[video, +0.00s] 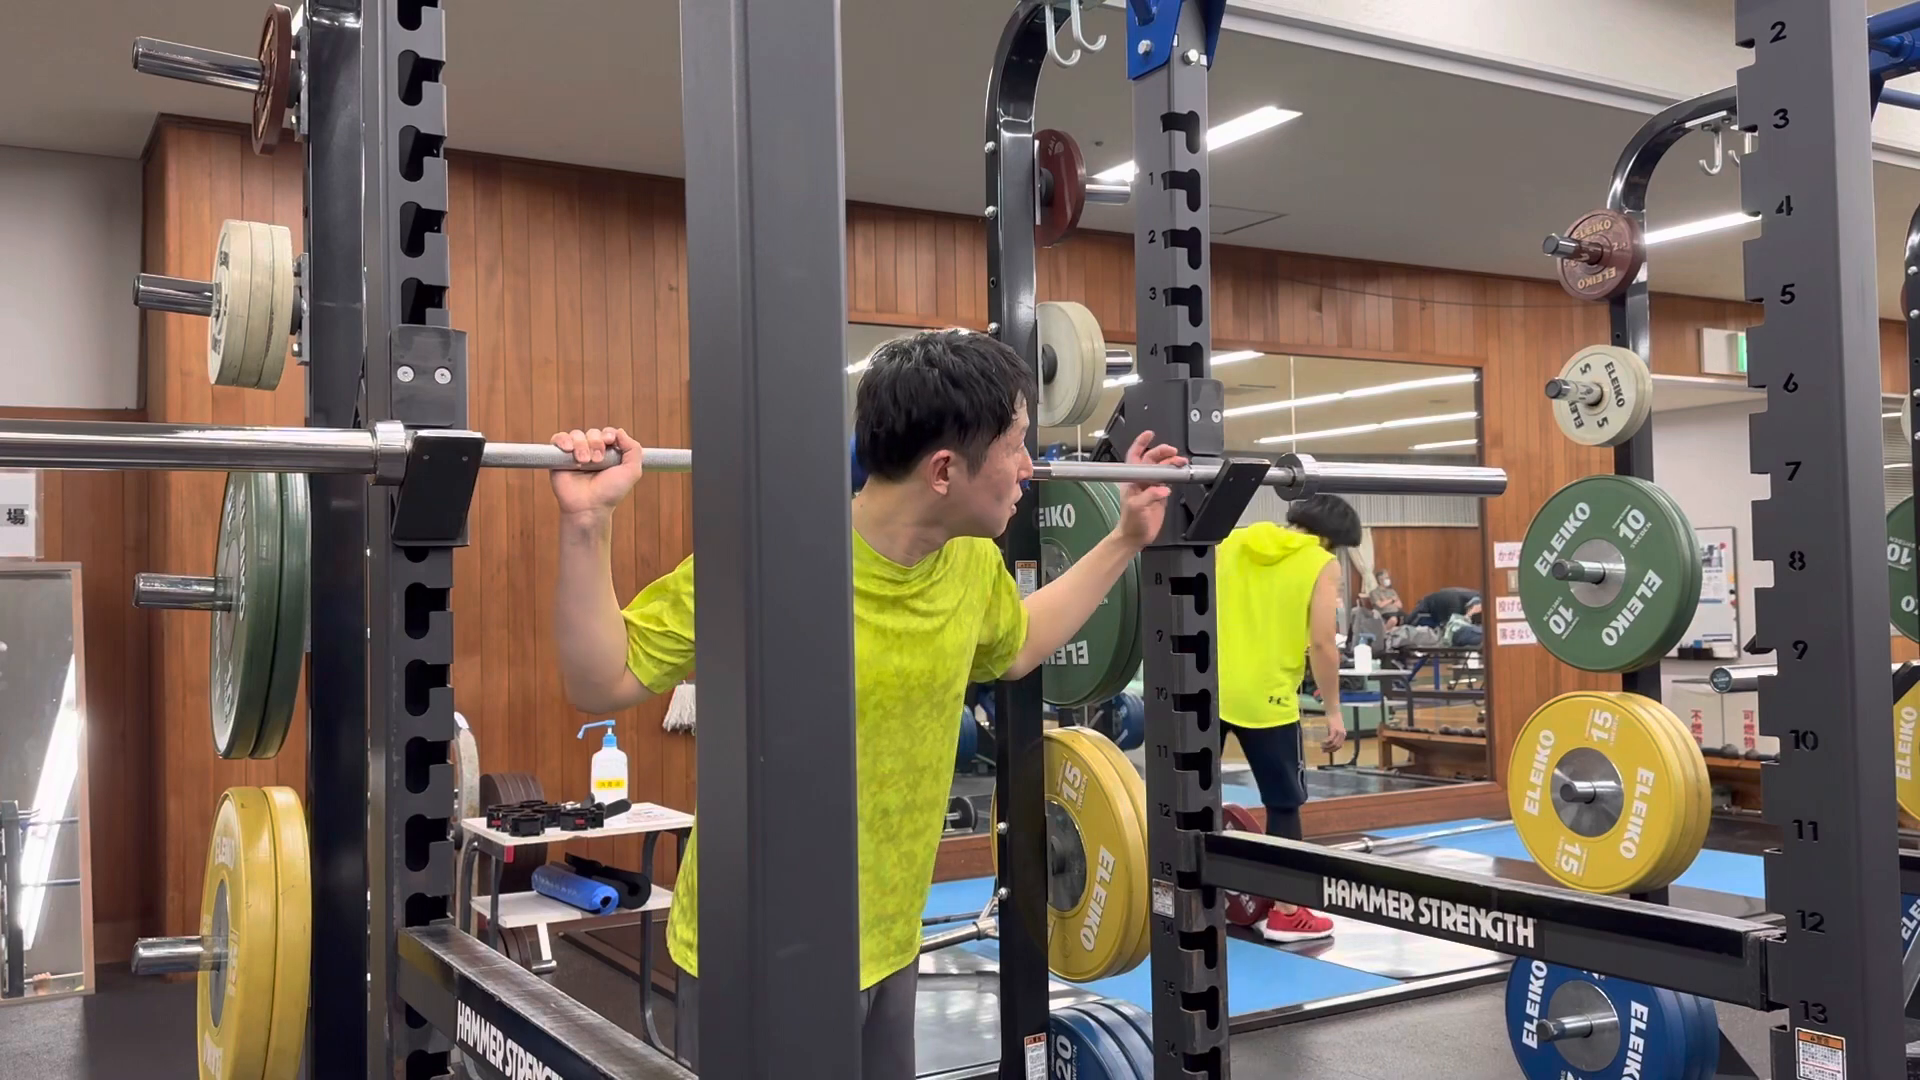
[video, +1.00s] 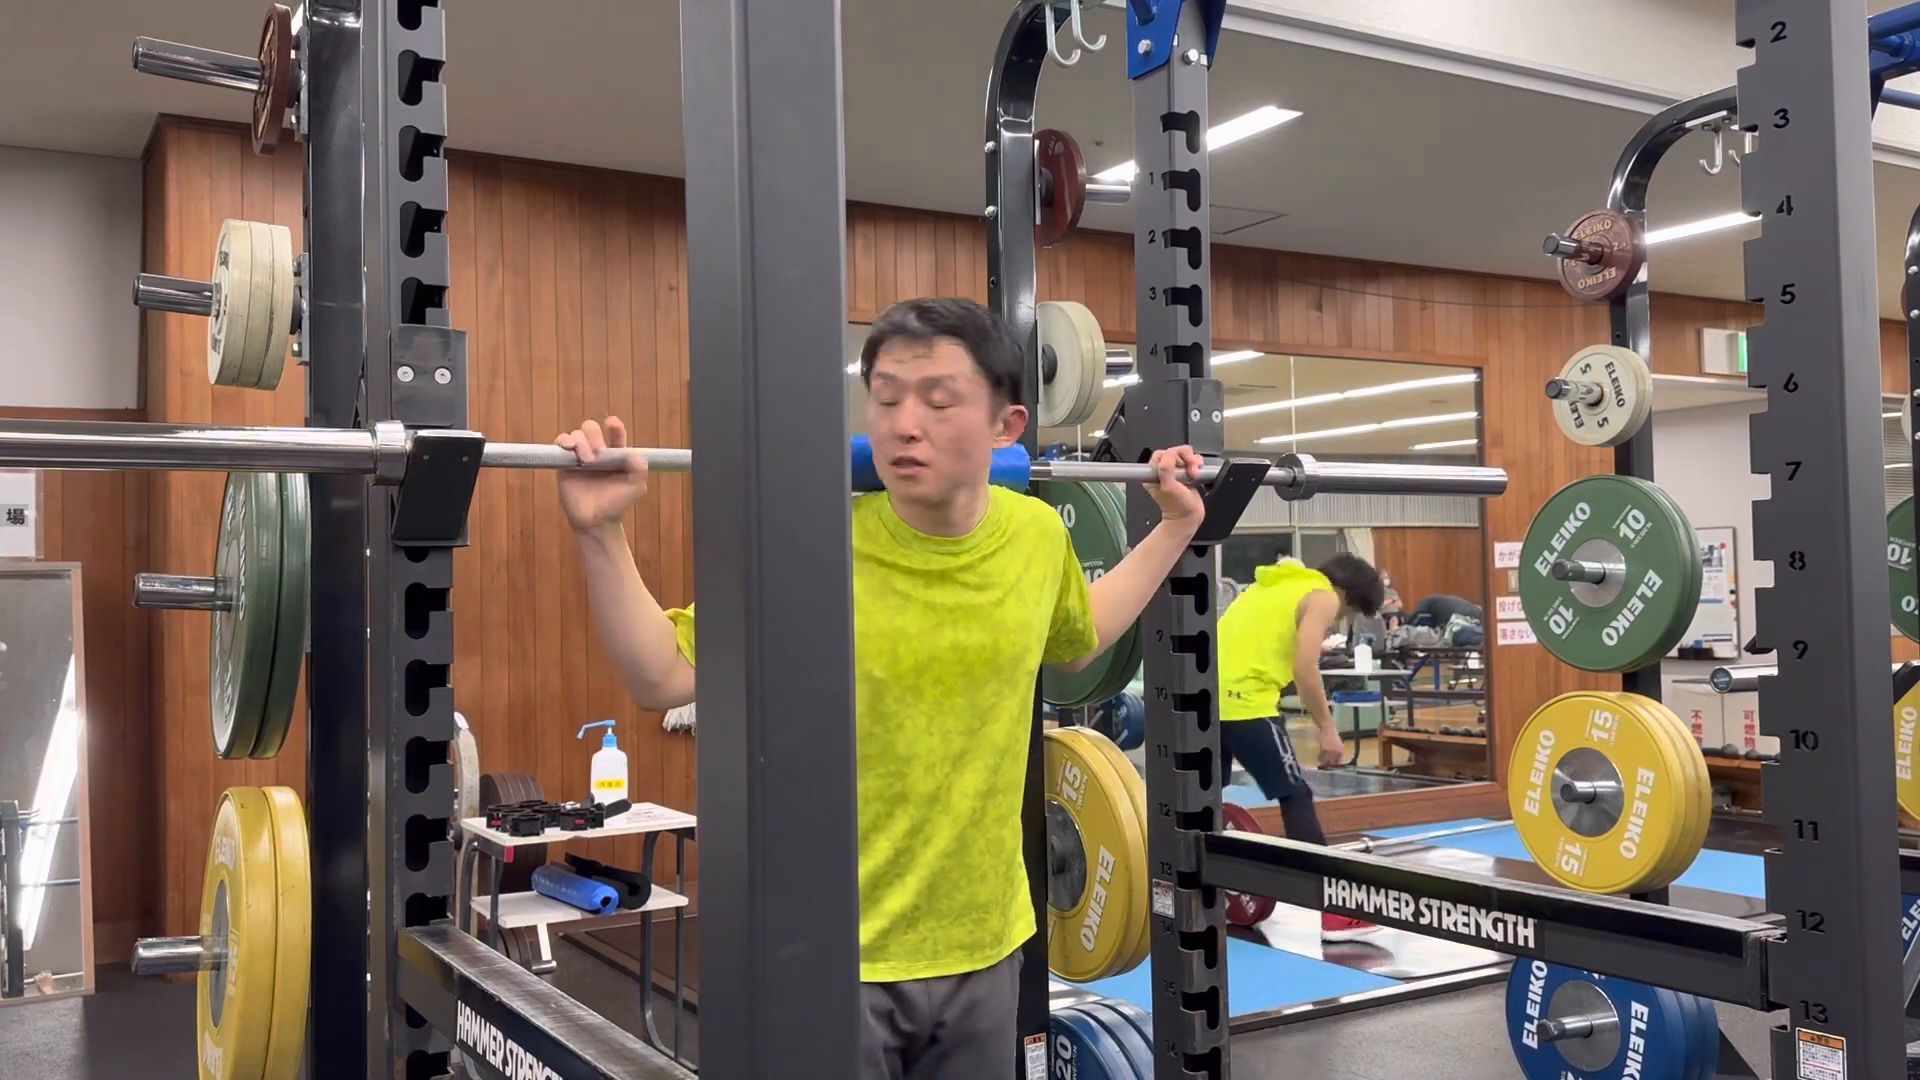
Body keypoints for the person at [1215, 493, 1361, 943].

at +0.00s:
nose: (1339, 555)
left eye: (1343, 549)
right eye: (1342, 547)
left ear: (1296, 518)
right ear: (1331, 538)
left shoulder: (1233, 542)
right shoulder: (1319, 563)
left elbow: (1195, 601)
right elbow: (1322, 645)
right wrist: (1333, 710)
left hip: (1205, 691)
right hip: (1264, 698)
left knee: (1194, 792)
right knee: (1283, 805)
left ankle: (1200, 895)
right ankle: (1286, 906)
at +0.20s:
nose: (1362, 562)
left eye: (1365, 557)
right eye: (1363, 554)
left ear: (1316, 525)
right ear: (1354, 543)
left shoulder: (1261, 538)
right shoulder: (1344, 564)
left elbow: (1209, 568)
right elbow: (1337, 642)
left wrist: (1216, 611)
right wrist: (1340, 703)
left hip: (1208, 674)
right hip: (1269, 689)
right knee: (1281, 802)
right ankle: (1286, 904)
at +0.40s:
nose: (1368, 572)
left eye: (1372, 568)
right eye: (1370, 565)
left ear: (1331, 528)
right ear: (1365, 550)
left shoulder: (1274, 538)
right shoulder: (1352, 566)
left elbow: (1222, 574)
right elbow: (1336, 643)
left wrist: (1234, 623)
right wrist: (1335, 704)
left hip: (1213, 671)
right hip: (1270, 689)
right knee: (1283, 799)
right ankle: (1285, 906)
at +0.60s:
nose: (1366, 575)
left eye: (1372, 569)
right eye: (1370, 566)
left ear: (1334, 531)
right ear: (1362, 550)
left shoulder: (1278, 541)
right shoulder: (1340, 569)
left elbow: (1224, 585)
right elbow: (1317, 644)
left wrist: (1256, 628)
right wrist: (1325, 706)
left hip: (1218, 681)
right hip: (1267, 694)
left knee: (1197, 783)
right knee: (1291, 798)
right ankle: (1284, 904)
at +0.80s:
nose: (1342, 577)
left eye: (1348, 571)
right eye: (1347, 569)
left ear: (1316, 540)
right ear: (1338, 555)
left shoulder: (1261, 557)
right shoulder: (1310, 571)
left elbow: (1226, 616)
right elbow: (1296, 644)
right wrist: (1325, 702)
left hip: (1215, 691)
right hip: (1259, 695)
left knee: (1211, 794)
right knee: (1316, 787)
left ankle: (1192, 888)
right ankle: (1296, 897)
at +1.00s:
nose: (1343, 616)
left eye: (1350, 611)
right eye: (1349, 608)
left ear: (1324, 570)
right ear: (1348, 591)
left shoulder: (1267, 584)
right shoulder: (1321, 594)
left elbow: (1227, 638)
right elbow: (1304, 668)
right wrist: (1327, 729)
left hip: (1202, 702)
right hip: (1246, 704)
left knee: (1203, 803)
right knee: (1296, 797)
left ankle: (1194, 895)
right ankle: (1327, 903)